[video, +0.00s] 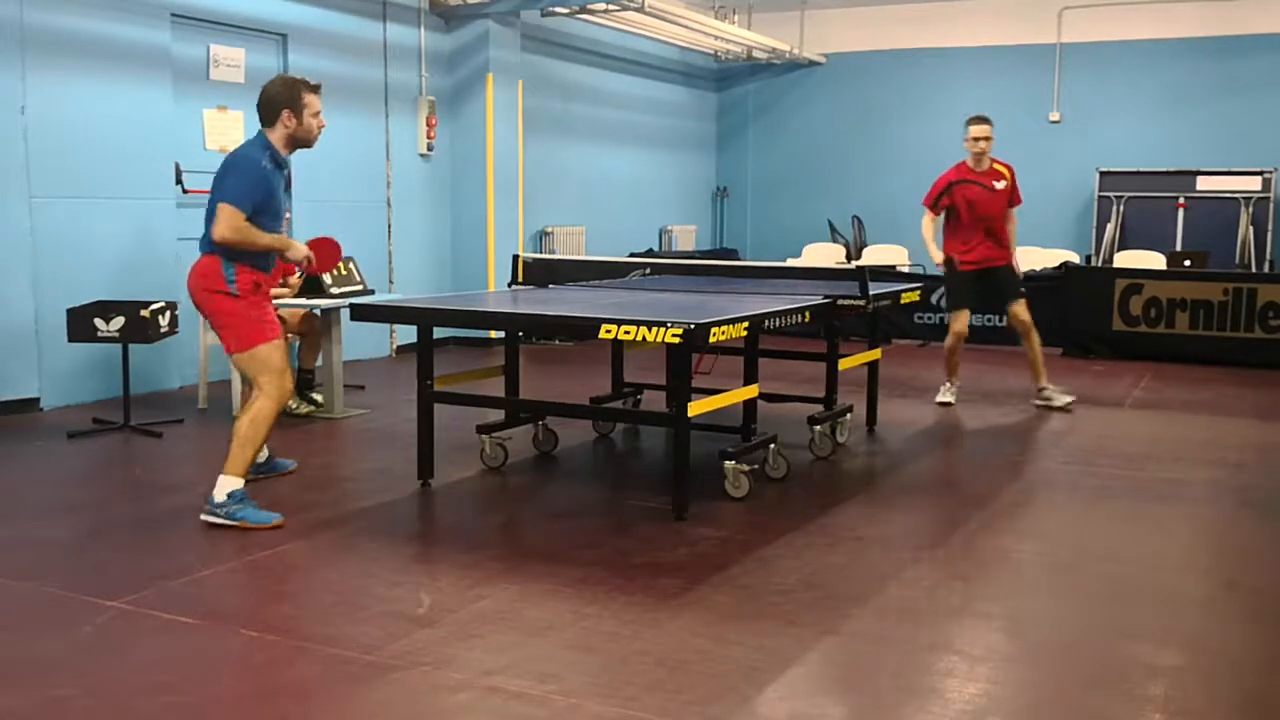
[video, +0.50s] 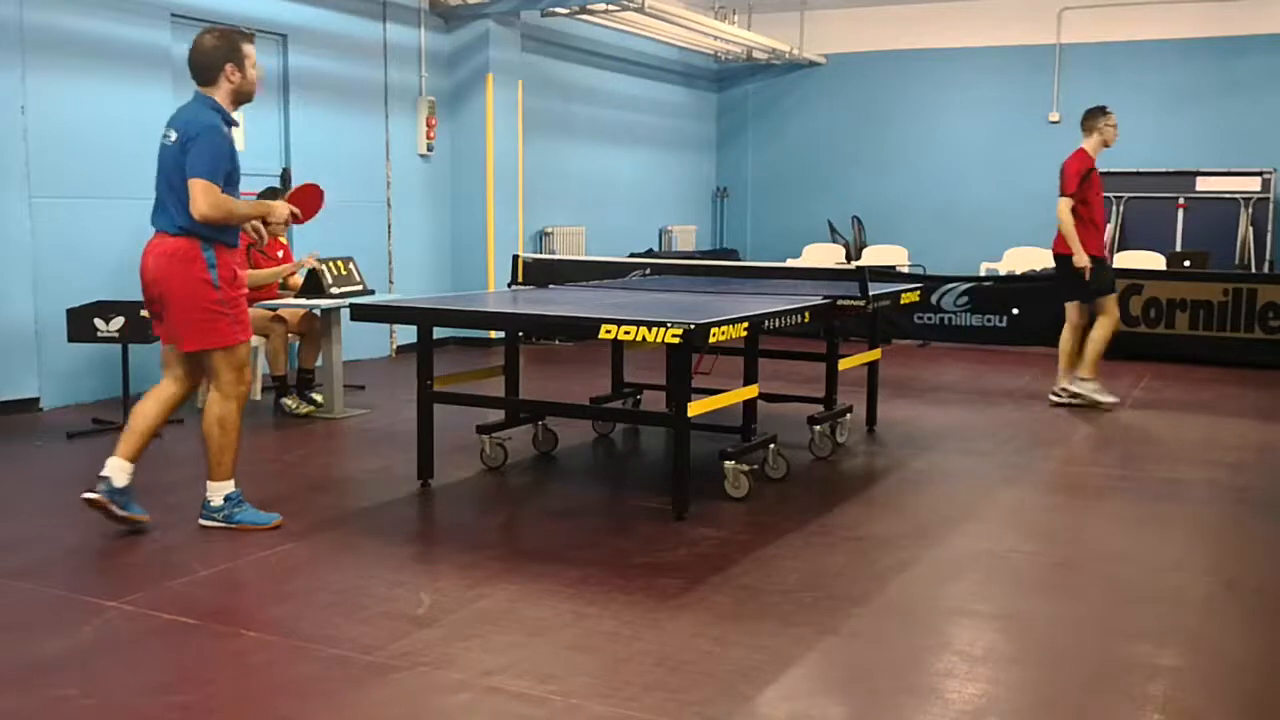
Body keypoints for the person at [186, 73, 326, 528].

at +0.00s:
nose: (322, 123)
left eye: (320, 114)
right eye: (315, 115)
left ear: (287, 118)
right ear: (288, 118)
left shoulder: (276, 163)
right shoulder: (249, 162)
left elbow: (259, 228)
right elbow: (225, 230)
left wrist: (281, 263)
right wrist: (285, 243)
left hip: (246, 278)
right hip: (223, 279)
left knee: (273, 366)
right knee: (276, 386)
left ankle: (252, 456)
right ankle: (225, 495)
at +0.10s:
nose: (316, 117)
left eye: (315, 108)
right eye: (310, 108)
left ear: (282, 111)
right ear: (284, 111)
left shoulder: (271, 160)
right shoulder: (240, 156)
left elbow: (256, 225)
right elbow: (207, 224)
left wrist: (281, 257)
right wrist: (270, 240)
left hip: (240, 278)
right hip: (216, 280)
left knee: (242, 376)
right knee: (274, 384)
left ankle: (251, 454)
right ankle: (223, 497)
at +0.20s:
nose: (306, 102)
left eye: (305, 92)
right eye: (301, 93)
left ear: (272, 97)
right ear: (276, 96)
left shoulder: (260, 146)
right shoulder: (235, 143)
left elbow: (235, 213)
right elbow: (204, 214)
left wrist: (272, 231)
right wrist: (268, 233)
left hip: (229, 269)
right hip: (210, 270)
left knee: (236, 376)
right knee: (264, 381)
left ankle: (228, 459)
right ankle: (224, 495)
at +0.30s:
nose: (296, 87)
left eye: (294, 78)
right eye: (289, 79)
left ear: (258, 84)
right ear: (266, 84)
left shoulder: (237, 128)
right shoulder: (234, 134)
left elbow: (220, 206)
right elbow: (208, 207)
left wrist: (270, 222)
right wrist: (268, 225)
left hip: (201, 259)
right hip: (208, 262)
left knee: (217, 375)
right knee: (249, 379)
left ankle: (188, 475)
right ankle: (224, 498)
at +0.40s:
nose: (279, 79)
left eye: (277, 70)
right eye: (273, 70)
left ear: (238, 77)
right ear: (251, 76)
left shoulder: (210, 120)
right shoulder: (224, 128)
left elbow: (206, 205)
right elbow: (209, 206)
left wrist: (266, 216)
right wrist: (272, 216)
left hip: (183, 257)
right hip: (206, 261)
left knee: (202, 376)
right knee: (238, 380)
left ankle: (149, 476)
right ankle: (221, 499)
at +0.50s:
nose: (259, 73)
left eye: (256, 64)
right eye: (253, 65)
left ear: (215, 73)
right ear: (231, 72)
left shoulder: (186, 118)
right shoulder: (210, 125)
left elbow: (201, 202)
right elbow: (206, 205)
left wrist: (257, 211)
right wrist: (264, 210)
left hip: (166, 256)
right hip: (200, 261)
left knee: (180, 376)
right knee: (231, 380)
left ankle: (113, 479)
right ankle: (221, 499)